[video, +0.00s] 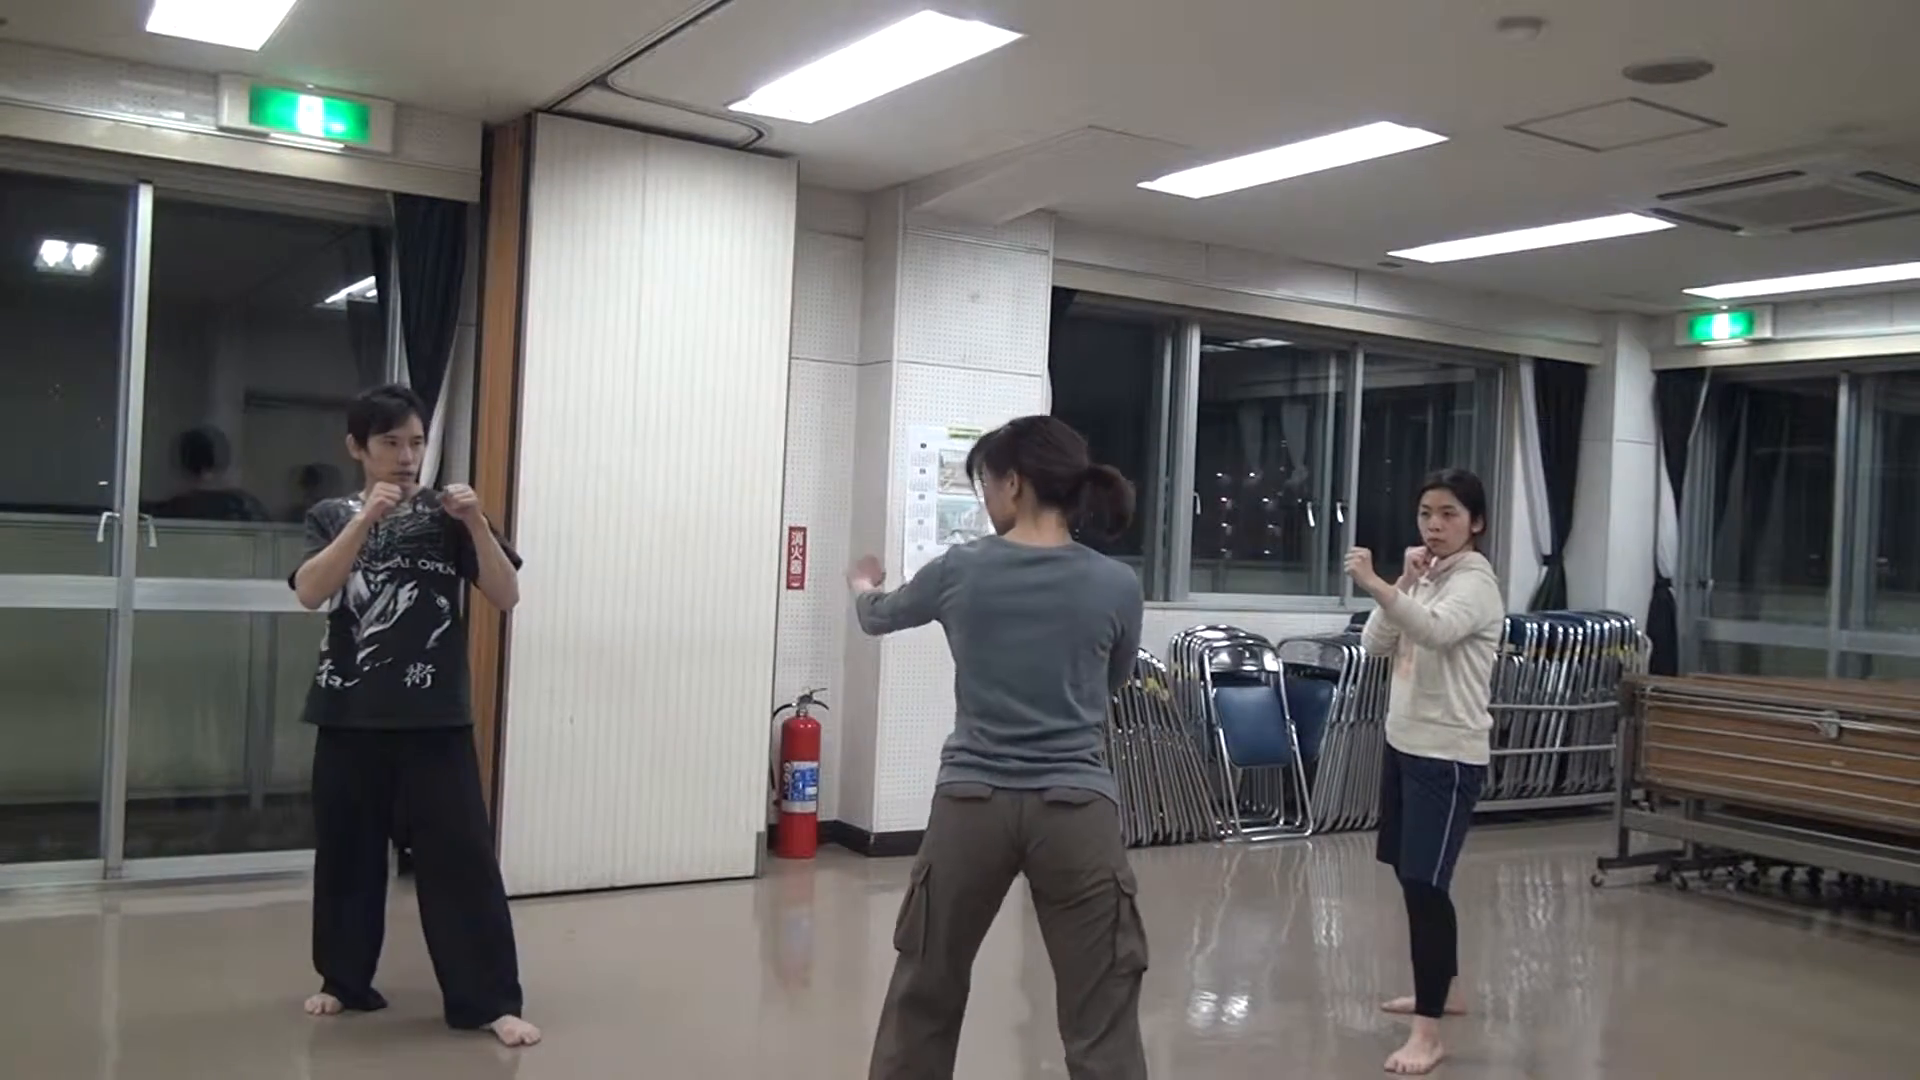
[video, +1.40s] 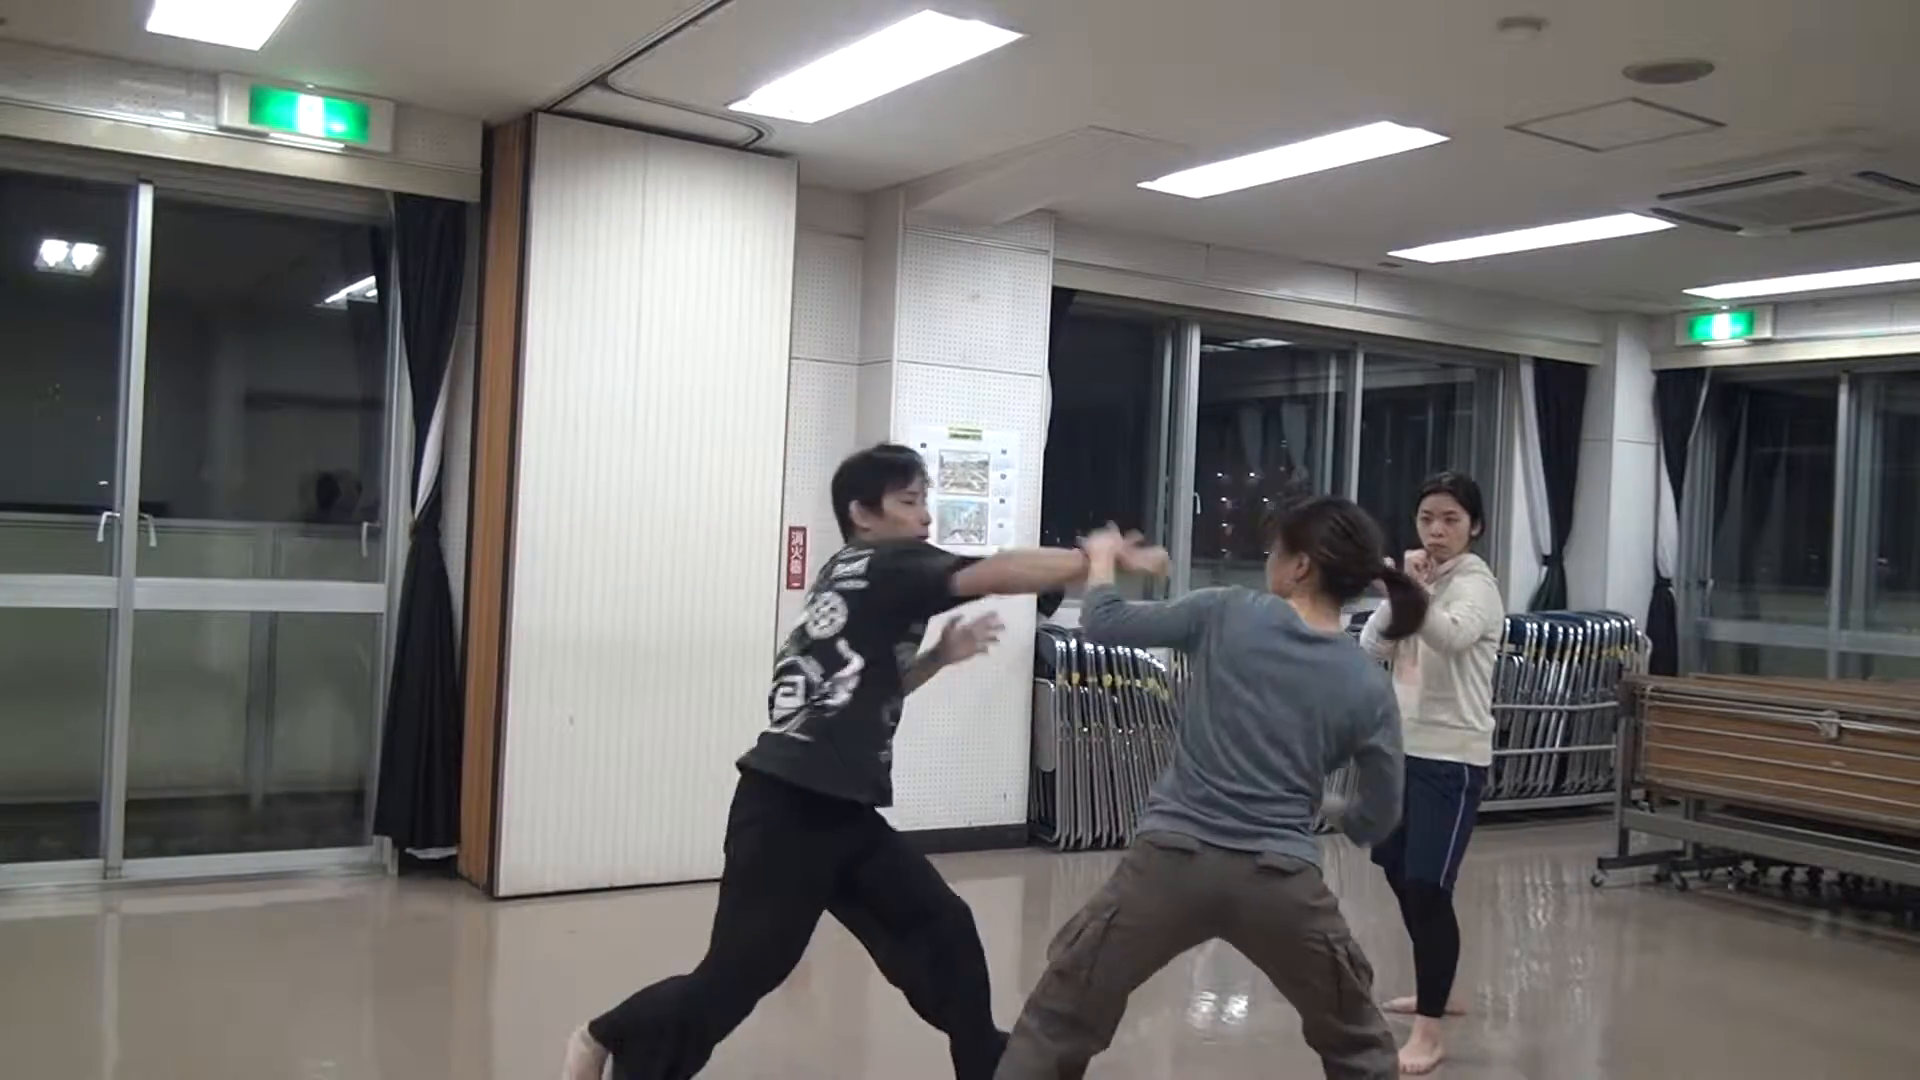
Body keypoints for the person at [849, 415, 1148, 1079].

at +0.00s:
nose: (984, 498)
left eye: (988, 484)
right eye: (983, 484)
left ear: (1017, 485)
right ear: (1072, 489)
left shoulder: (962, 568)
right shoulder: (1118, 583)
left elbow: (881, 615)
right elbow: (1116, 674)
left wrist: (864, 587)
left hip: (970, 811)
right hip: (1078, 813)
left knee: (925, 994)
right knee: (1100, 1012)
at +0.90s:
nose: (1017, 543)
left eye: (1021, 529)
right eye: (1017, 529)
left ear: (1048, 536)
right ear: (1098, 537)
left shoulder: (992, 616)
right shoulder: (1147, 629)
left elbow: (903, 669)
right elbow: (1144, 721)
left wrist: (916, 628)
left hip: (1021, 864)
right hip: (1131, 860)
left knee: (920, 1010)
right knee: (1209, 1021)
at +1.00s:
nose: (1064, 550)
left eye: (1071, 536)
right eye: (1065, 537)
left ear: (1101, 543)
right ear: (1147, 545)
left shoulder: (1046, 625)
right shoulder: (1196, 640)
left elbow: (950, 689)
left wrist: (960, 649)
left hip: (1070, 874)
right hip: (1179, 871)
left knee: (955, 1018)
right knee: (1258, 1025)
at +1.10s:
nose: (1142, 555)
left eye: (1150, 543)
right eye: (1144, 543)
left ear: (1186, 549)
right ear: (1210, 552)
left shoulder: (1135, 631)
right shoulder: (1261, 648)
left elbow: (1044, 725)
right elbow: (1225, 731)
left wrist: (1002, 714)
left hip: (1132, 879)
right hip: (1231, 881)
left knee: (1010, 1024)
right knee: (1300, 1043)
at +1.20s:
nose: (1193, 563)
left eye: (1201, 548)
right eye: (1196, 548)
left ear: (1236, 556)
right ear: (1268, 561)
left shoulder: (1184, 630)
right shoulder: (1310, 661)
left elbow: (1092, 703)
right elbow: (1289, 750)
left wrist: (981, 704)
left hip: (1166, 881)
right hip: (1269, 889)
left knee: (1036, 1025)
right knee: (1318, 1050)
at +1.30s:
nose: (1230, 565)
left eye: (1238, 552)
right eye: (1233, 552)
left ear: (1271, 562)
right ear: (1303, 567)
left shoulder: (1202, 628)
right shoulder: (1345, 671)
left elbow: (1076, 643)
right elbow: (1319, 763)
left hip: (1174, 876)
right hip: (1284, 888)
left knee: (1054, 1035)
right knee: (1347, 1052)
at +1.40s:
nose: (1268, 563)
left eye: (1276, 553)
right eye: (1275, 551)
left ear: (1302, 565)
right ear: (1353, 582)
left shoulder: (1224, 612)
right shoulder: (1369, 685)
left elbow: (1104, 621)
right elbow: (1377, 818)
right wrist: (1314, 806)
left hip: (1168, 865)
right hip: (1279, 884)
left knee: (1056, 1025)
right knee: (1357, 1043)